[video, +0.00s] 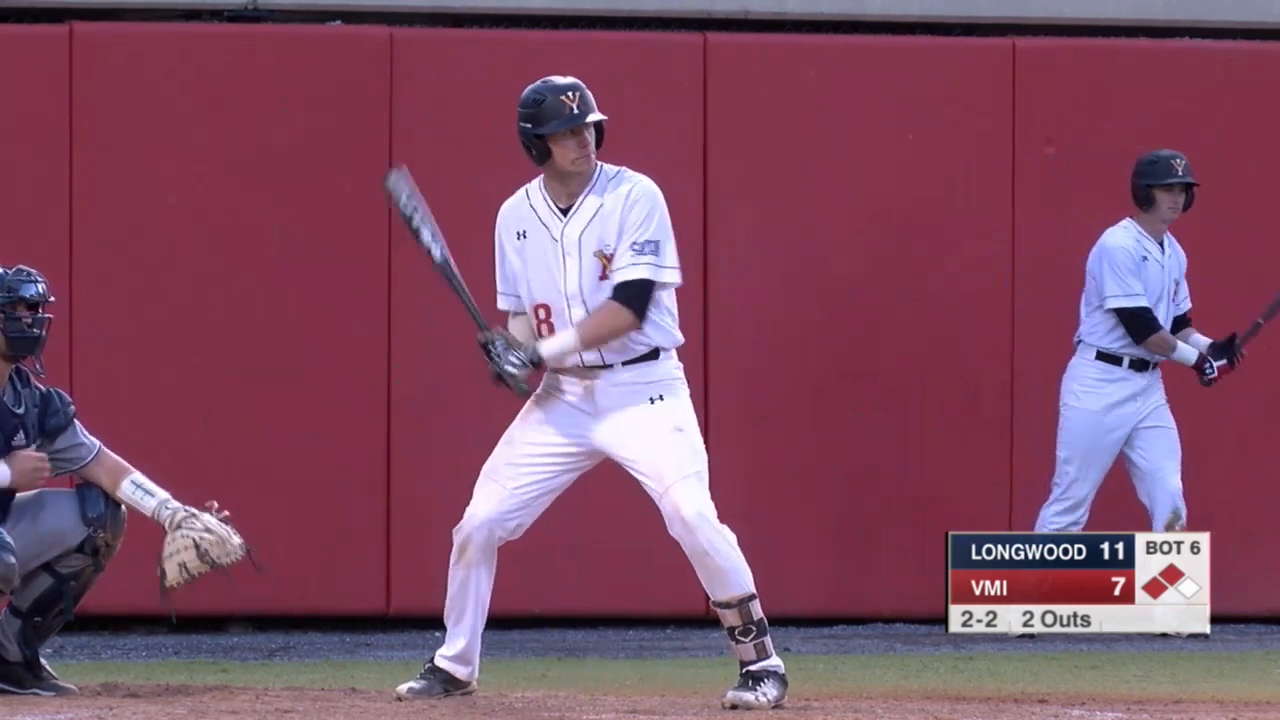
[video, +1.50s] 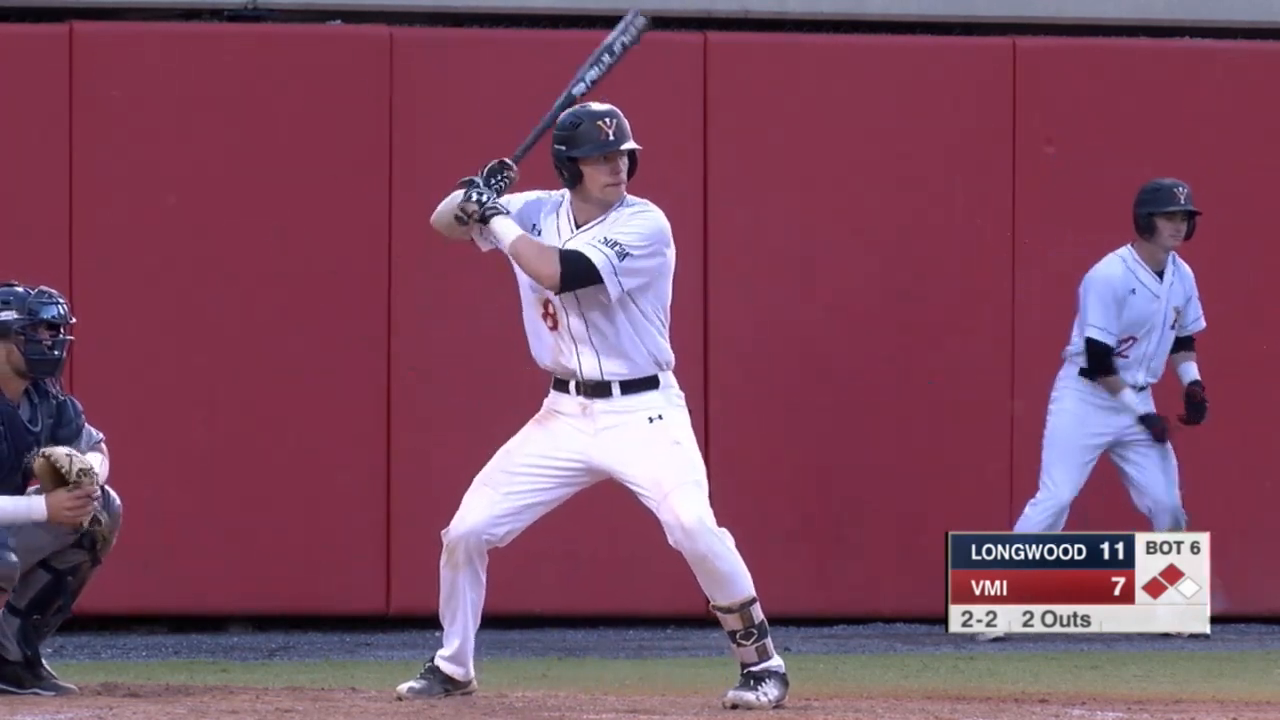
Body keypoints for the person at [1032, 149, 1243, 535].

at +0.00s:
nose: (1178, 198)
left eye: (1183, 190)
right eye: (1169, 189)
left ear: (1188, 196)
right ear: (1145, 191)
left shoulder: (1174, 252)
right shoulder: (1117, 245)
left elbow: (1179, 324)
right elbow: (1142, 330)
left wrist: (1210, 347)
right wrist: (1194, 359)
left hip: (1147, 387)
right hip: (1098, 382)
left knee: (1169, 504)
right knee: (1070, 504)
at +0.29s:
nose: (1204, 206)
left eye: (1208, 198)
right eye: (1195, 197)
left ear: (1213, 203)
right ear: (1170, 199)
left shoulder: (1195, 255)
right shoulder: (1139, 254)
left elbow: (1186, 324)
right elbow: (1134, 340)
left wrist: (1216, 363)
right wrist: (1170, 398)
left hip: (1152, 389)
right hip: (1105, 379)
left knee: (1173, 501)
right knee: (1077, 487)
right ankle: (1019, 566)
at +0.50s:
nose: (1190, 212)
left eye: (1195, 204)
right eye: (1181, 202)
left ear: (1200, 209)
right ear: (1155, 205)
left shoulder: (1187, 261)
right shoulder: (1119, 262)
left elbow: (1183, 327)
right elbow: (1103, 346)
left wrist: (1202, 365)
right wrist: (1118, 413)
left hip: (1144, 391)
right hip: (1092, 386)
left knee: (1169, 499)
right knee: (1054, 489)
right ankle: (1003, 575)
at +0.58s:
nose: (1175, 215)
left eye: (1179, 207)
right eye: (1165, 207)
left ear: (1183, 212)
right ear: (1140, 210)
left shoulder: (1174, 264)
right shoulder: (1102, 266)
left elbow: (1172, 330)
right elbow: (1078, 348)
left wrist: (1189, 369)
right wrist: (1080, 408)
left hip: (1135, 398)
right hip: (1081, 391)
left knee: (1165, 505)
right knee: (1047, 496)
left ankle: (1171, 609)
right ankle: (992, 591)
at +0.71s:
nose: (1147, 218)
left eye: (1153, 210)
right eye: (1138, 210)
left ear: (1158, 216)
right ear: (1114, 213)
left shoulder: (1154, 266)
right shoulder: (1074, 268)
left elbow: (1156, 329)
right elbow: (1043, 339)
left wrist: (1167, 369)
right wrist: (1024, 394)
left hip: (1118, 401)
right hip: (1062, 395)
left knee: (1151, 505)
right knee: (1038, 497)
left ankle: (1165, 606)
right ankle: (991, 594)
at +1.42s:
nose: (1166, 225)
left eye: (1170, 217)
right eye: (1156, 217)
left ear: (1174, 223)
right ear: (1131, 221)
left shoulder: (1168, 274)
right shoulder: (1091, 275)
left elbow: (1169, 335)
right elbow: (1068, 357)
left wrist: (1180, 378)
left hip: (1128, 402)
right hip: (1072, 396)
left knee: (1160, 508)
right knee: (1047, 498)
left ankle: (1171, 608)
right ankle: (994, 590)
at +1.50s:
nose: (1180, 226)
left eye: (1185, 218)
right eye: (1171, 218)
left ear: (1188, 224)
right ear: (1146, 221)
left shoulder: (1181, 275)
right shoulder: (1108, 275)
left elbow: (1183, 340)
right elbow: (1098, 361)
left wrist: (1193, 384)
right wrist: (1141, 411)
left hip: (1138, 404)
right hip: (1084, 399)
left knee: (1167, 507)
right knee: (1055, 499)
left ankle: (1177, 608)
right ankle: (996, 592)